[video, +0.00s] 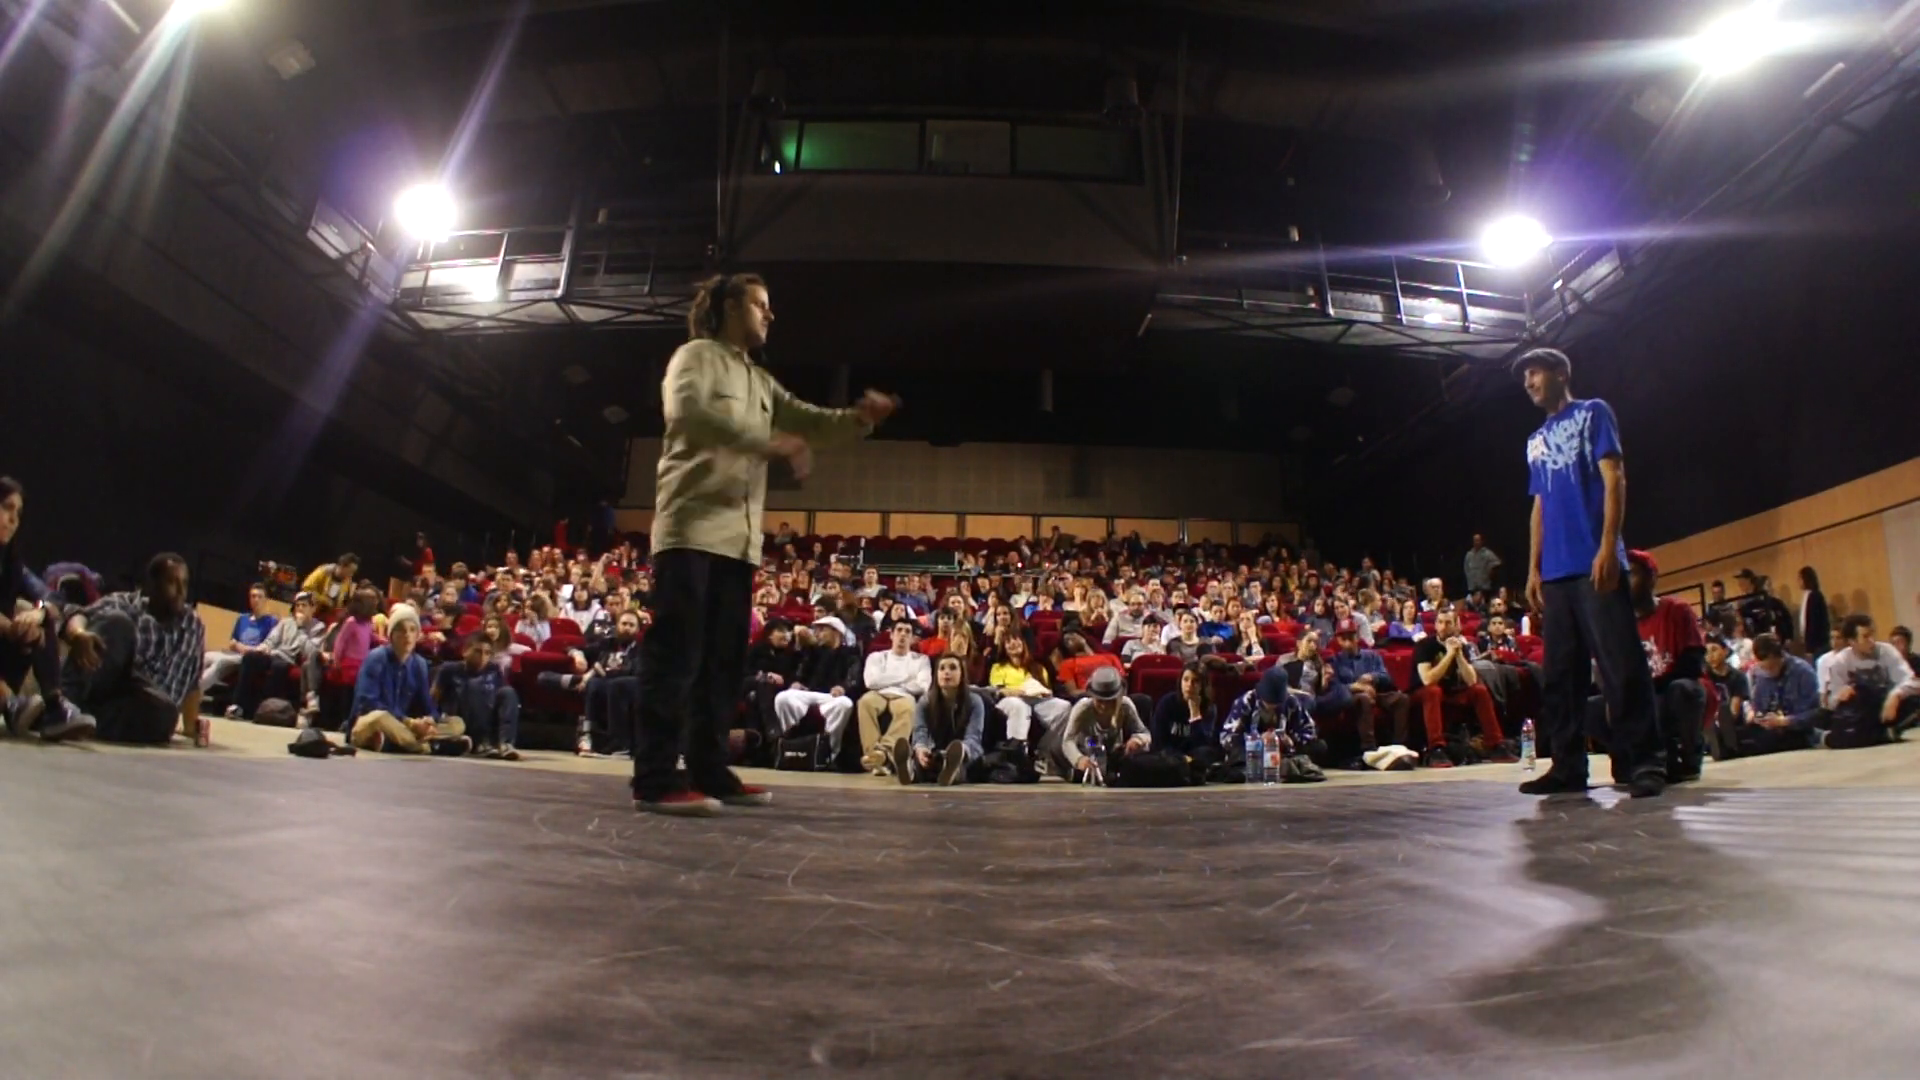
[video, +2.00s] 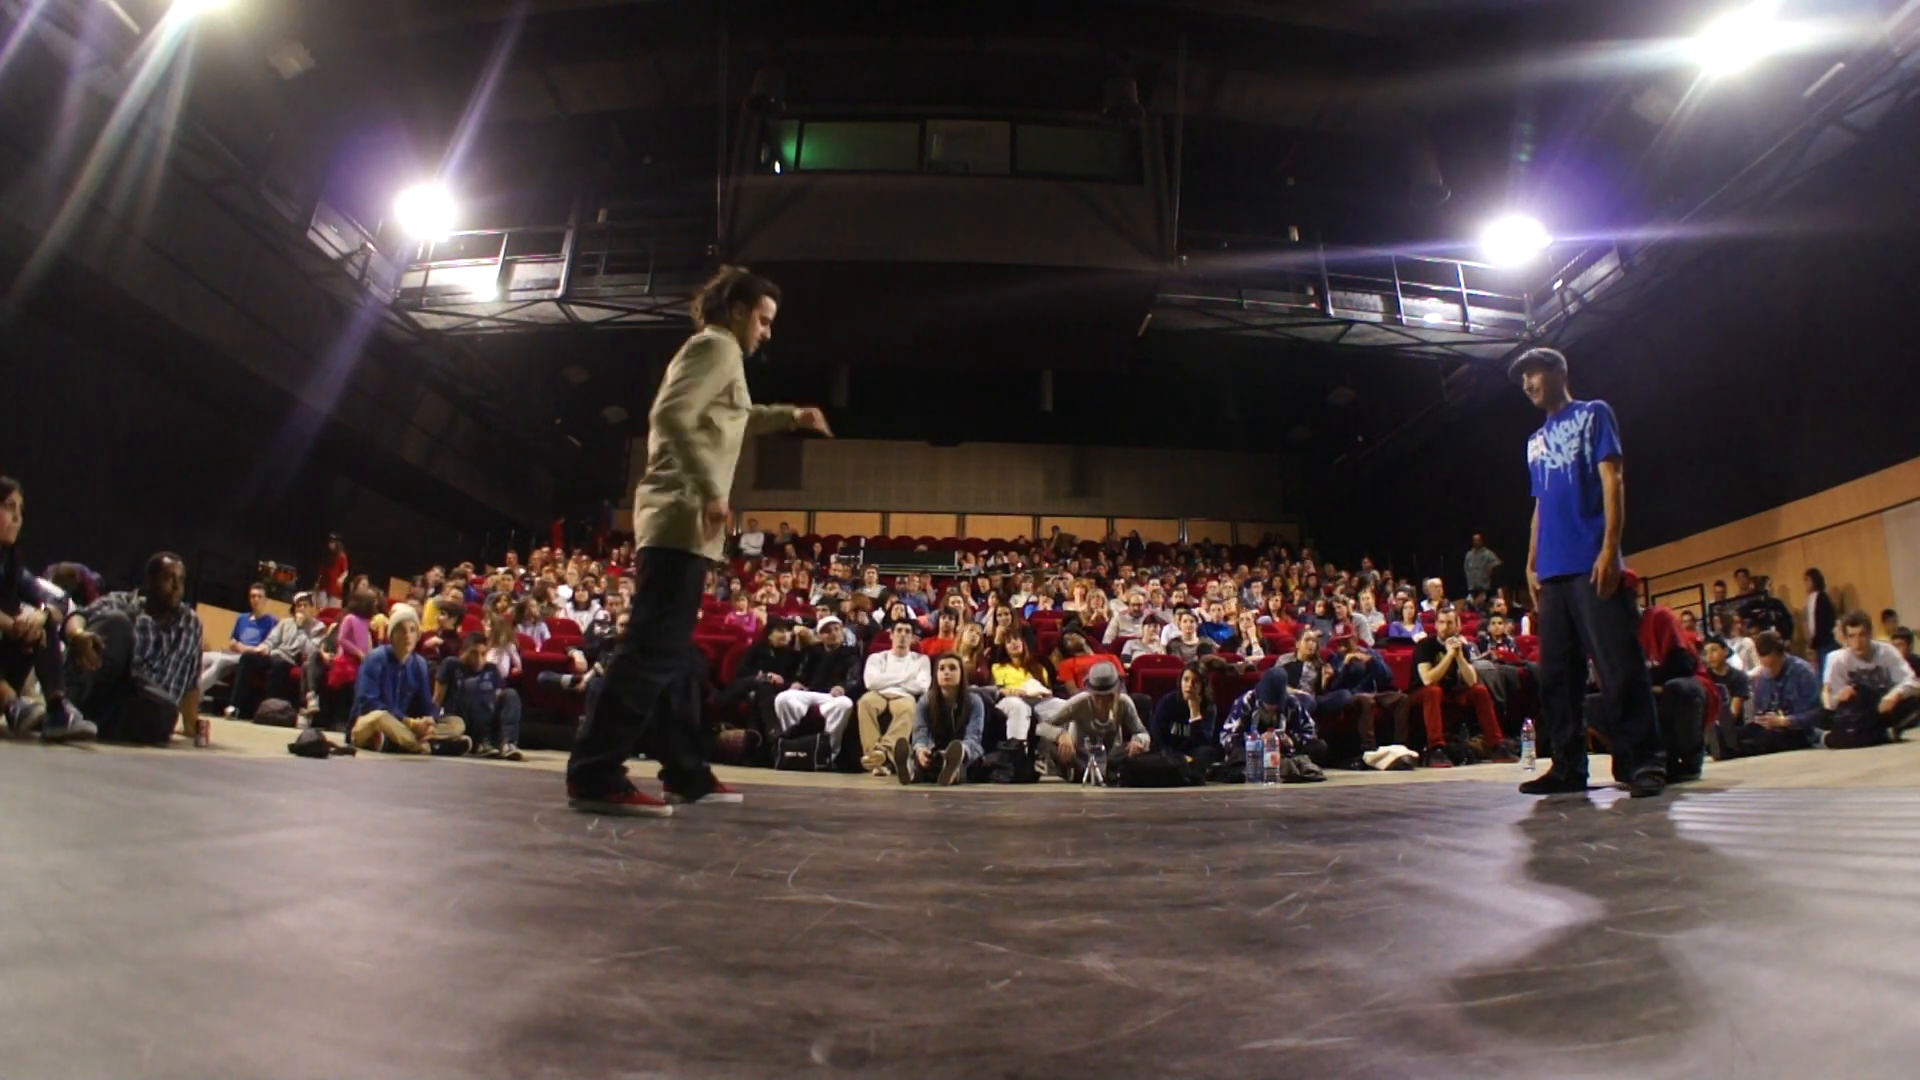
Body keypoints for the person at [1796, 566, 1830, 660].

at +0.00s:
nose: (1799, 582)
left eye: (1801, 578)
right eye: (1799, 578)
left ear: (1807, 579)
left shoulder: (1814, 596)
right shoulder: (1806, 596)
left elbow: (1814, 622)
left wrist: (1810, 647)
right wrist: (1803, 639)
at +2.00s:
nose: (1805, 584)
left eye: (1807, 580)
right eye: (1805, 580)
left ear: (1814, 581)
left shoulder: (1821, 598)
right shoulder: (1811, 598)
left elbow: (1822, 623)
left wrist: (1814, 644)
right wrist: (1810, 639)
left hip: (1823, 644)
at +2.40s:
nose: (1808, 585)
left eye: (1810, 581)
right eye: (1808, 582)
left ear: (1817, 582)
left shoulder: (1822, 597)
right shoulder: (1815, 597)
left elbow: (1823, 622)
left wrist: (1813, 639)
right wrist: (1812, 637)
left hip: (1825, 642)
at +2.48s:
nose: (1808, 587)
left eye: (1809, 583)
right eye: (1807, 584)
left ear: (1815, 583)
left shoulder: (1821, 597)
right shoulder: (1816, 597)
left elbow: (1822, 625)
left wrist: (1811, 640)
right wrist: (1812, 638)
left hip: (1825, 643)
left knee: (1823, 675)